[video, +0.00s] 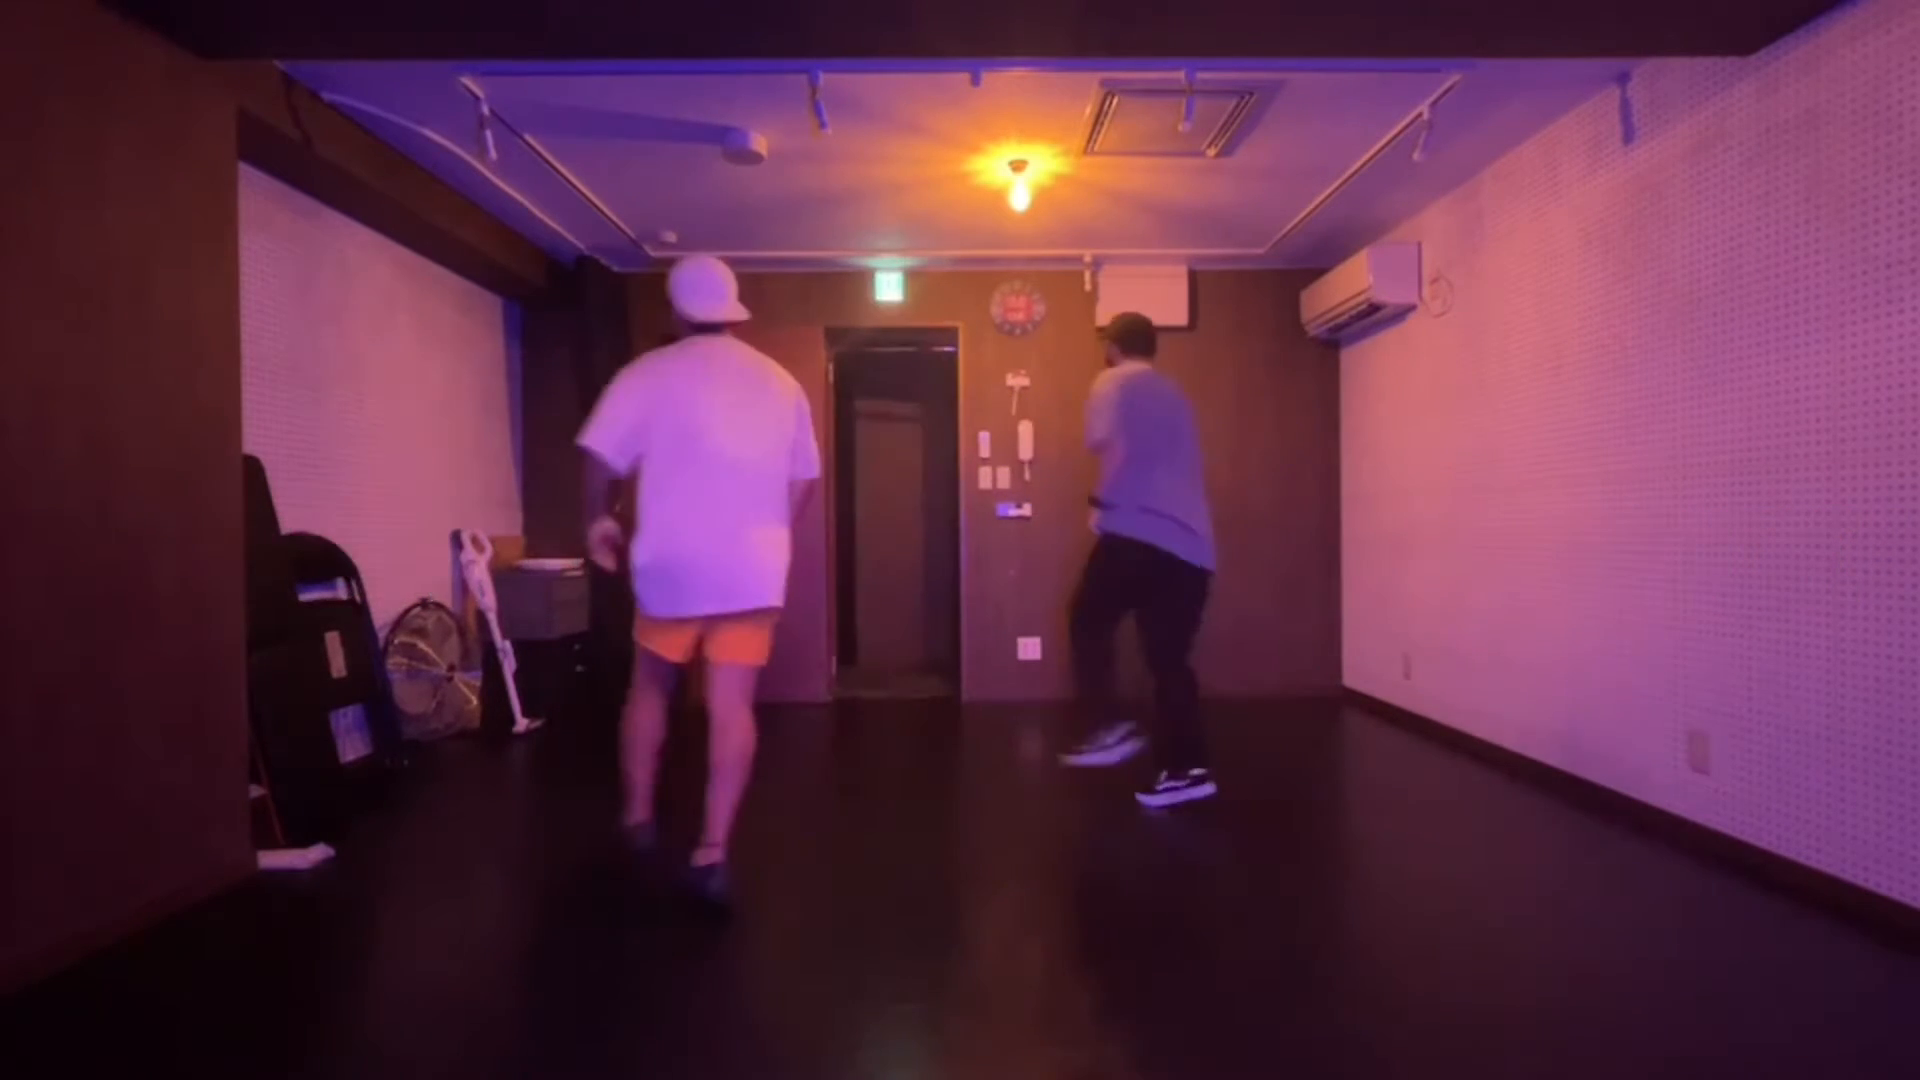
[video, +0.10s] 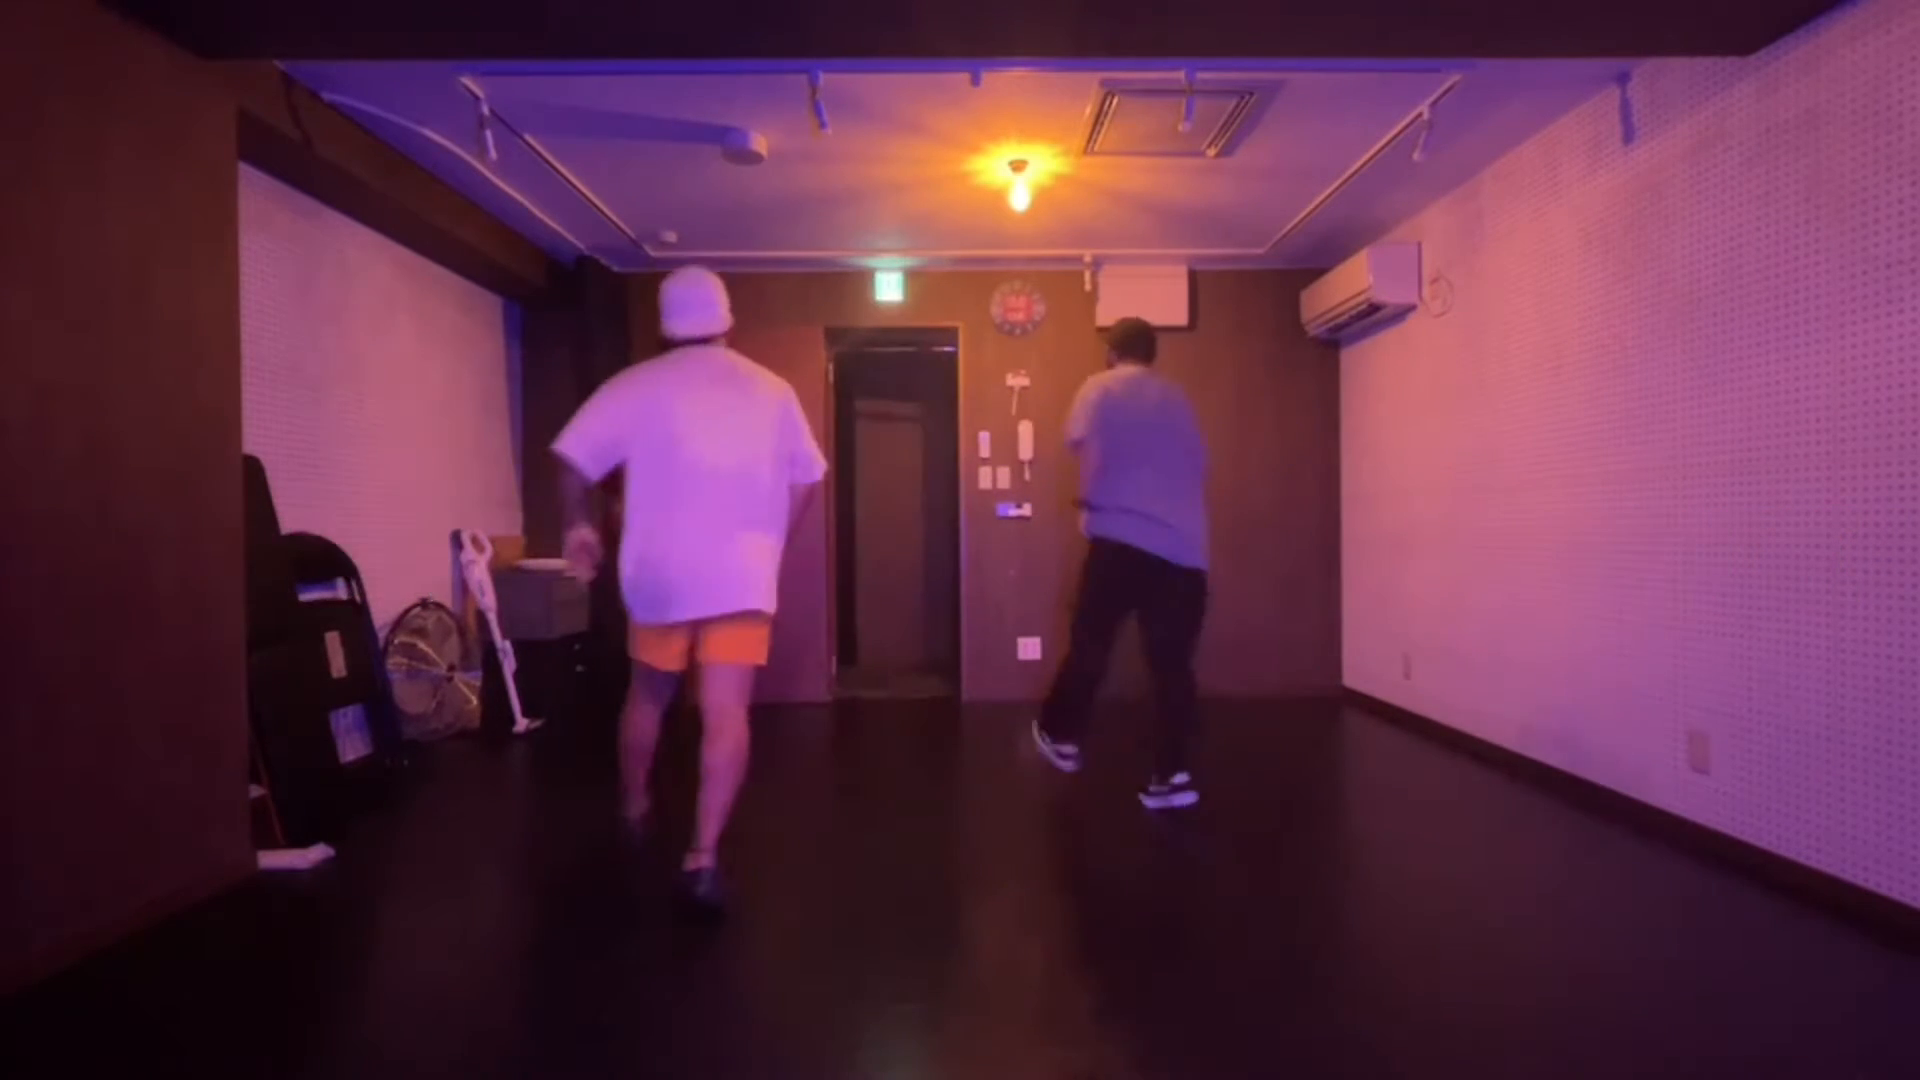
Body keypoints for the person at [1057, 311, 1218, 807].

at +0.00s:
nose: (1102, 355)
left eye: (1104, 347)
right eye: (1104, 347)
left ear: (1114, 348)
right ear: (1151, 349)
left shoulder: (1114, 381)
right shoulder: (1176, 397)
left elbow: (1112, 445)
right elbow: (1179, 467)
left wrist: (1102, 500)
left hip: (1133, 537)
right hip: (1188, 551)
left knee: (1089, 620)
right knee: (1169, 657)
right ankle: (1187, 766)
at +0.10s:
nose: (1105, 358)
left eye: (1107, 351)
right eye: (1110, 351)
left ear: (1114, 351)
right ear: (1152, 354)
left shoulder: (1101, 387)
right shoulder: (1179, 401)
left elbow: (1076, 439)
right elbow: (1192, 470)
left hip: (1118, 546)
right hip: (1181, 557)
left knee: (1090, 644)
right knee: (1173, 666)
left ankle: (1059, 733)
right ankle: (1175, 773)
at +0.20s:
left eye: (1116, 359)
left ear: (1111, 363)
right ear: (1153, 365)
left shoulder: (1089, 404)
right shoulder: (1175, 409)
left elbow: (1063, 461)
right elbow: (1205, 472)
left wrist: (1070, 519)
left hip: (1106, 556)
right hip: (1172, 562)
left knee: (1083, 651)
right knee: (1166, 676)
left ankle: (1064, 739)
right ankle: (1168, 787)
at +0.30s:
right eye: (1146, 364)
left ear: (1107, 364)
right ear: (1147, 368)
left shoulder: (1075, 410)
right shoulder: (1163, 413)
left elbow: (1050, 476)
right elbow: (1195, 471)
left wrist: (1051, 532)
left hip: (1085, 555)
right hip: (1150, 560)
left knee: (1074, 652)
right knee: (1153, 663)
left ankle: (1065, 742)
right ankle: (1161, 771)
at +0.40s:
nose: (1147, 373)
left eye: (1142, 365)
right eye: (1146, 366)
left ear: (1102, 366)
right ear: (1141, 368)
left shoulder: (1069, 411)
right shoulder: (1157, 413)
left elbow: (1050, 484)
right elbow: (1178, 486)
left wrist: (1048, 538)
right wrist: (1197, 548)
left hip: (1076, 552)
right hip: (1137, 554)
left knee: (1067, 651)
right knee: (1141, 654)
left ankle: (1064, 742)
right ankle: (1142, 744)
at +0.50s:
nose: (1143, 375)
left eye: (1140, 368)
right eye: (1141, 368)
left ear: (1101, 372)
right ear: (1131, 371)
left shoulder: (1074, 414)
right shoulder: (1148, 411)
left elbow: (1043, 475)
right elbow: (1175, 469)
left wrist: (1054, 525)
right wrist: (1208, 529)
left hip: (1069, 554)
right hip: (1122, 557)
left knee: (1066, 648)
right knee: (1135, 651)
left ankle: (1061, 742)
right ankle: (1111, 728)